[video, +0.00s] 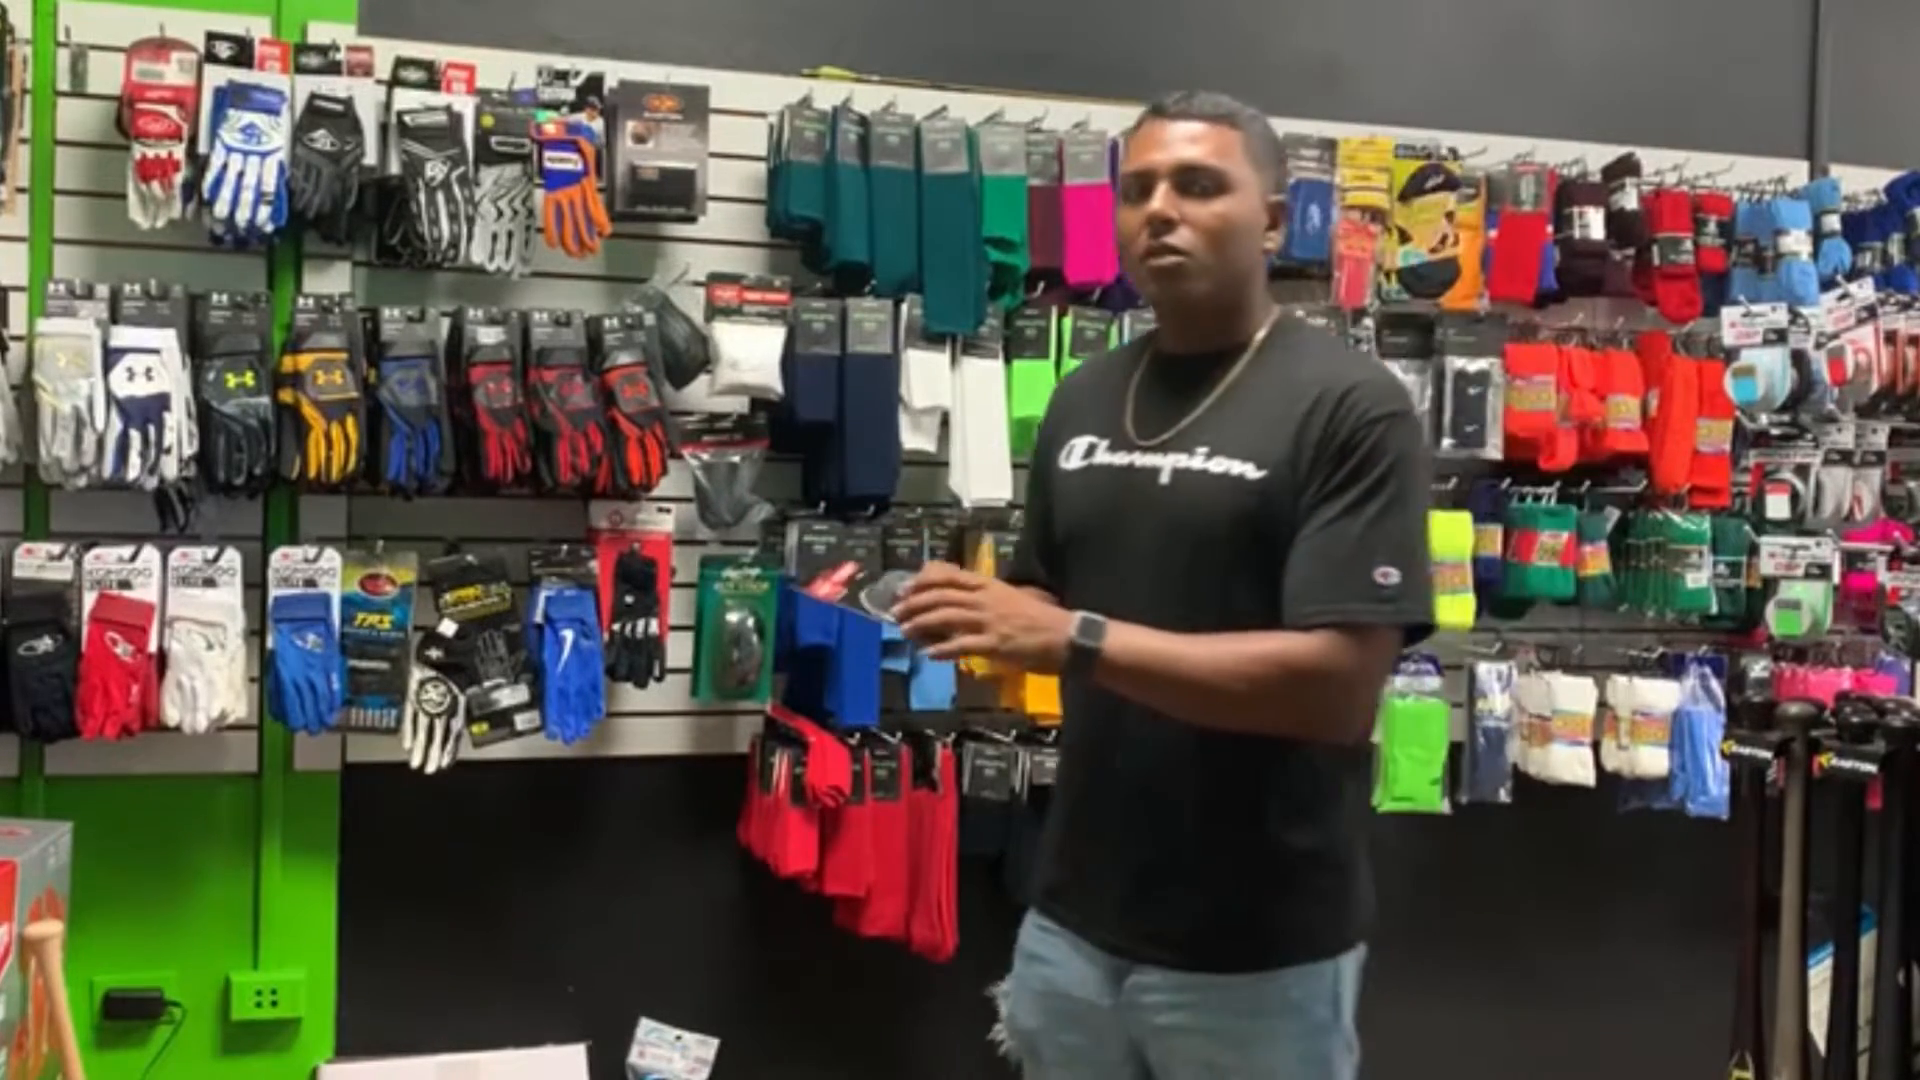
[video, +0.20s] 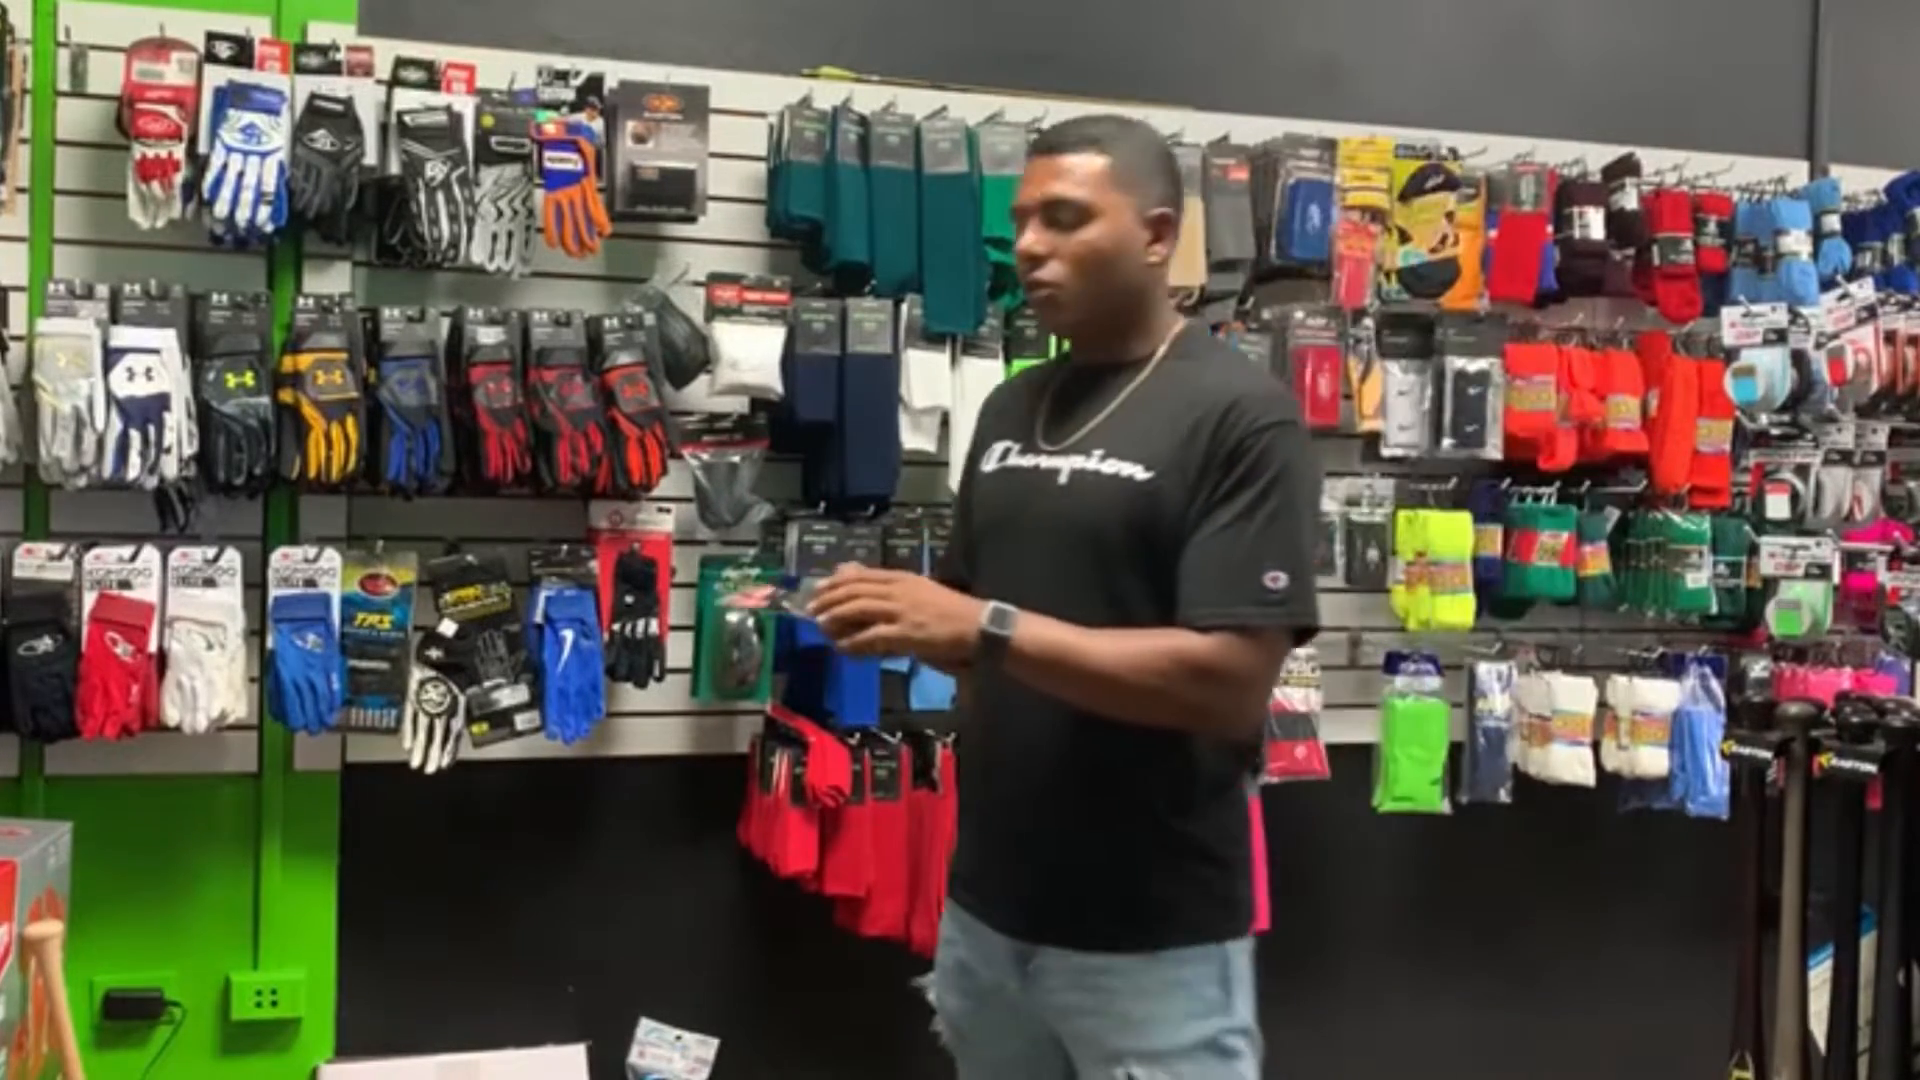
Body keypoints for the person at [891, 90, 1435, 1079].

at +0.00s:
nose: (1160, 209)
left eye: (1198, 184)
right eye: (1138, 188)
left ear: (1273, 214)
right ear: (1117, 219)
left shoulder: (1352, 405)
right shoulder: (1084, 398)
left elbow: (1342, 683)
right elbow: (1052, 615)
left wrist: (1070, 635)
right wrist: (977, 615)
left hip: (1258, 945)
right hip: (1076, 917)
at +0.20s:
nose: (1027, 246)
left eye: (1063, 218)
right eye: (1023, 221)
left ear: (1159, 232)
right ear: (1015, 233)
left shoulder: (1242, 413)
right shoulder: (1010, 410)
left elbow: (1233, 687)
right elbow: (978, 624)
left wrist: (977, 626)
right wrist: (884, 613)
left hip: (1157, 941)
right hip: (988, 913)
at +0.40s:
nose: (933, 286)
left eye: (958, 256)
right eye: (929, 261)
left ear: (1051, 246)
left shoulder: (1156, 414)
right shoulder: (971, 407)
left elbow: (1140, 681)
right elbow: (962, 625)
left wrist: (900, 619)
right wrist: (840, 608)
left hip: (1066, 903)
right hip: (946, 881)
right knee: (960, 1064)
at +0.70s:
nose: (808, 296)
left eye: (826, 263)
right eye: (806, 271)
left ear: (916, 251)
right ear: (913, 256)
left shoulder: (991, 412)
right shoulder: (947, 397)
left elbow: (994, 681)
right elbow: (937, 650)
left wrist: (755, 628)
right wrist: (749, 634)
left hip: (934, 898)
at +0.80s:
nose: (760, 296)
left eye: (775, 263)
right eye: (760, 268)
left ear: (861, 255)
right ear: (861, 258)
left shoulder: (919, 418)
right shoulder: (922, 397)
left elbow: (924, 690)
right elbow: (863, 654)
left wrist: (692, 653)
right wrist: (683, 635)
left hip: (883, 899)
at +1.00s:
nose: (623, 278)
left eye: (637, 246)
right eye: (624, 249)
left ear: (717, 253)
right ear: (728, 254)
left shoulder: (756, 421)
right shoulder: (825, 388)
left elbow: (741, 707)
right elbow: (818, 644)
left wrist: (503, 712)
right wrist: (651, 651)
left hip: (751, 895)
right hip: (855, 870)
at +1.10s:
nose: (553, 265)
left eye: (566, 240)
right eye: (552, 240)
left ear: (648, 248)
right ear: (659, 247)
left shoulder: (676, 414)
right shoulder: (769, 376)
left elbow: (617, 705)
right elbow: (751, 639)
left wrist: (393, 728)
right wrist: (593, 638)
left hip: (694, 872)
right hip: (793, 851)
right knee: (753, 1068)